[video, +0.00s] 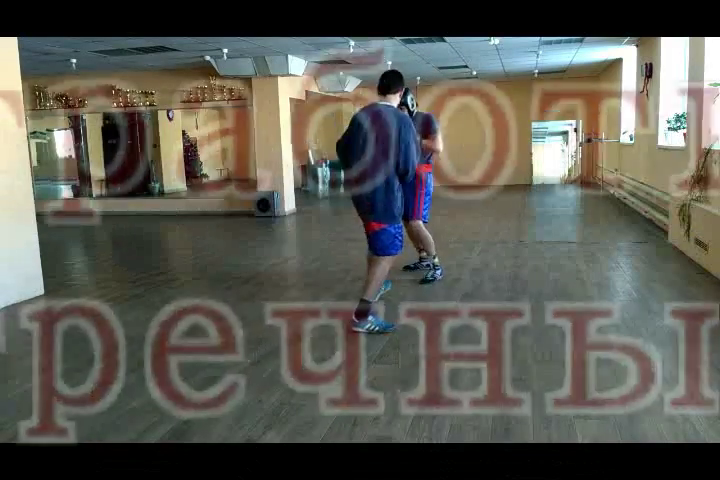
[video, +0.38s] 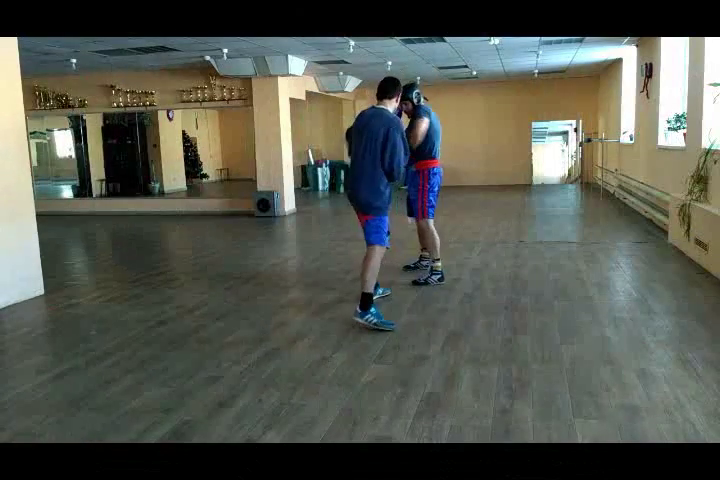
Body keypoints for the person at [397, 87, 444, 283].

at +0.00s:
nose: (400, 111)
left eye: (401, 106)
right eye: (398, 107)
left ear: (409, 104)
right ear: (399, 107)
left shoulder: (425, 119)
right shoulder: (397, 123)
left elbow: (437, 146)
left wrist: (413, 141)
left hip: (421, 170)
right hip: (403, 170)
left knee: (414, 220)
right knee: (407, 219)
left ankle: (434, 263)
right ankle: (423, 257)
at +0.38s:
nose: (403, 110)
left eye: (404, 106)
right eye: (402, 106)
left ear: (411, 101)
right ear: (415, 100)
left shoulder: (423, 113)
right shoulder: (420, 114)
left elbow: (415, 140)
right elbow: (411, 139)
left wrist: (402, 130)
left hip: (427, 169)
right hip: (417, 168)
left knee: (425, 220)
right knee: (419, 218)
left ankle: (437, 269)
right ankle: (425, 258)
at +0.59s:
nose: (407, 101)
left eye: (408, 98)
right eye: (406, 98)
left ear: (414, 95)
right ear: (425, 93)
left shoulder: (424, 108)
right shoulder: (433, 108)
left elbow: (414, 134)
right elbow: (407, 135)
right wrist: (398, 120)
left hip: (434, 168)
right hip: (441, 166)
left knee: (433, 220)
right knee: (439, 216)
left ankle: (437, 269)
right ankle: (443, 253)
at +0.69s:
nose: (417, 107)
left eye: (419, 101)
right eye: (416, 102)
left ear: (428, 98)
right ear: (429, 98)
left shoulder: (441, 112)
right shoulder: (436, 114)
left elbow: (453, 138)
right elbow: (441, 141)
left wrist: (431, 149)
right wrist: (419, 148)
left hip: (442, 170)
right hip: (446, 168)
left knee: (435, 220)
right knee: (451, 216)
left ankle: (437, 271)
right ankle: (475, 252)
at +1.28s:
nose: (439, 108)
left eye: (440, 104)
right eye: (438, 105)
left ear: (450, 100)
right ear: (452, 99)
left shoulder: (469, 113)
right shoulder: (453, 118)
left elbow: (472, 143)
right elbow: (455, 150)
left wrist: (454, 125)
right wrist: (441, 139)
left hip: (468, 168)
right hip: (463, 168)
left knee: (460, 221)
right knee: (472, 219)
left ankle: (468, 271)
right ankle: (485, 259)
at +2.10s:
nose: (459, 110)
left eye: (459, 106)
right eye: (458, 107)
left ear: (468, 101)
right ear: (472, 100)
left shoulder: (484, 114)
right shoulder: (488, 114)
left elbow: (484, 145)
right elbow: (479, 143)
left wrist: (463, 135)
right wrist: (461, 135)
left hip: (483, 169)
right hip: (494, 168)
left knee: (470, 219)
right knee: (489, 216)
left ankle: (473, 271)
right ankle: (503, 261)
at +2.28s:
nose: (457, 108)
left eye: (457, 105)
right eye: (457, 104)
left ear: (461, 101)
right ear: (474, 97)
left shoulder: (471, 113)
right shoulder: (496, 113)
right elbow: (477, 138)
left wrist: (446, 112)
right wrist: (453, 135)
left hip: (483, 169)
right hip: (500, 166)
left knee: (475, 219)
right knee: (499, 216)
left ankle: (473, 271)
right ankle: (506, 260)